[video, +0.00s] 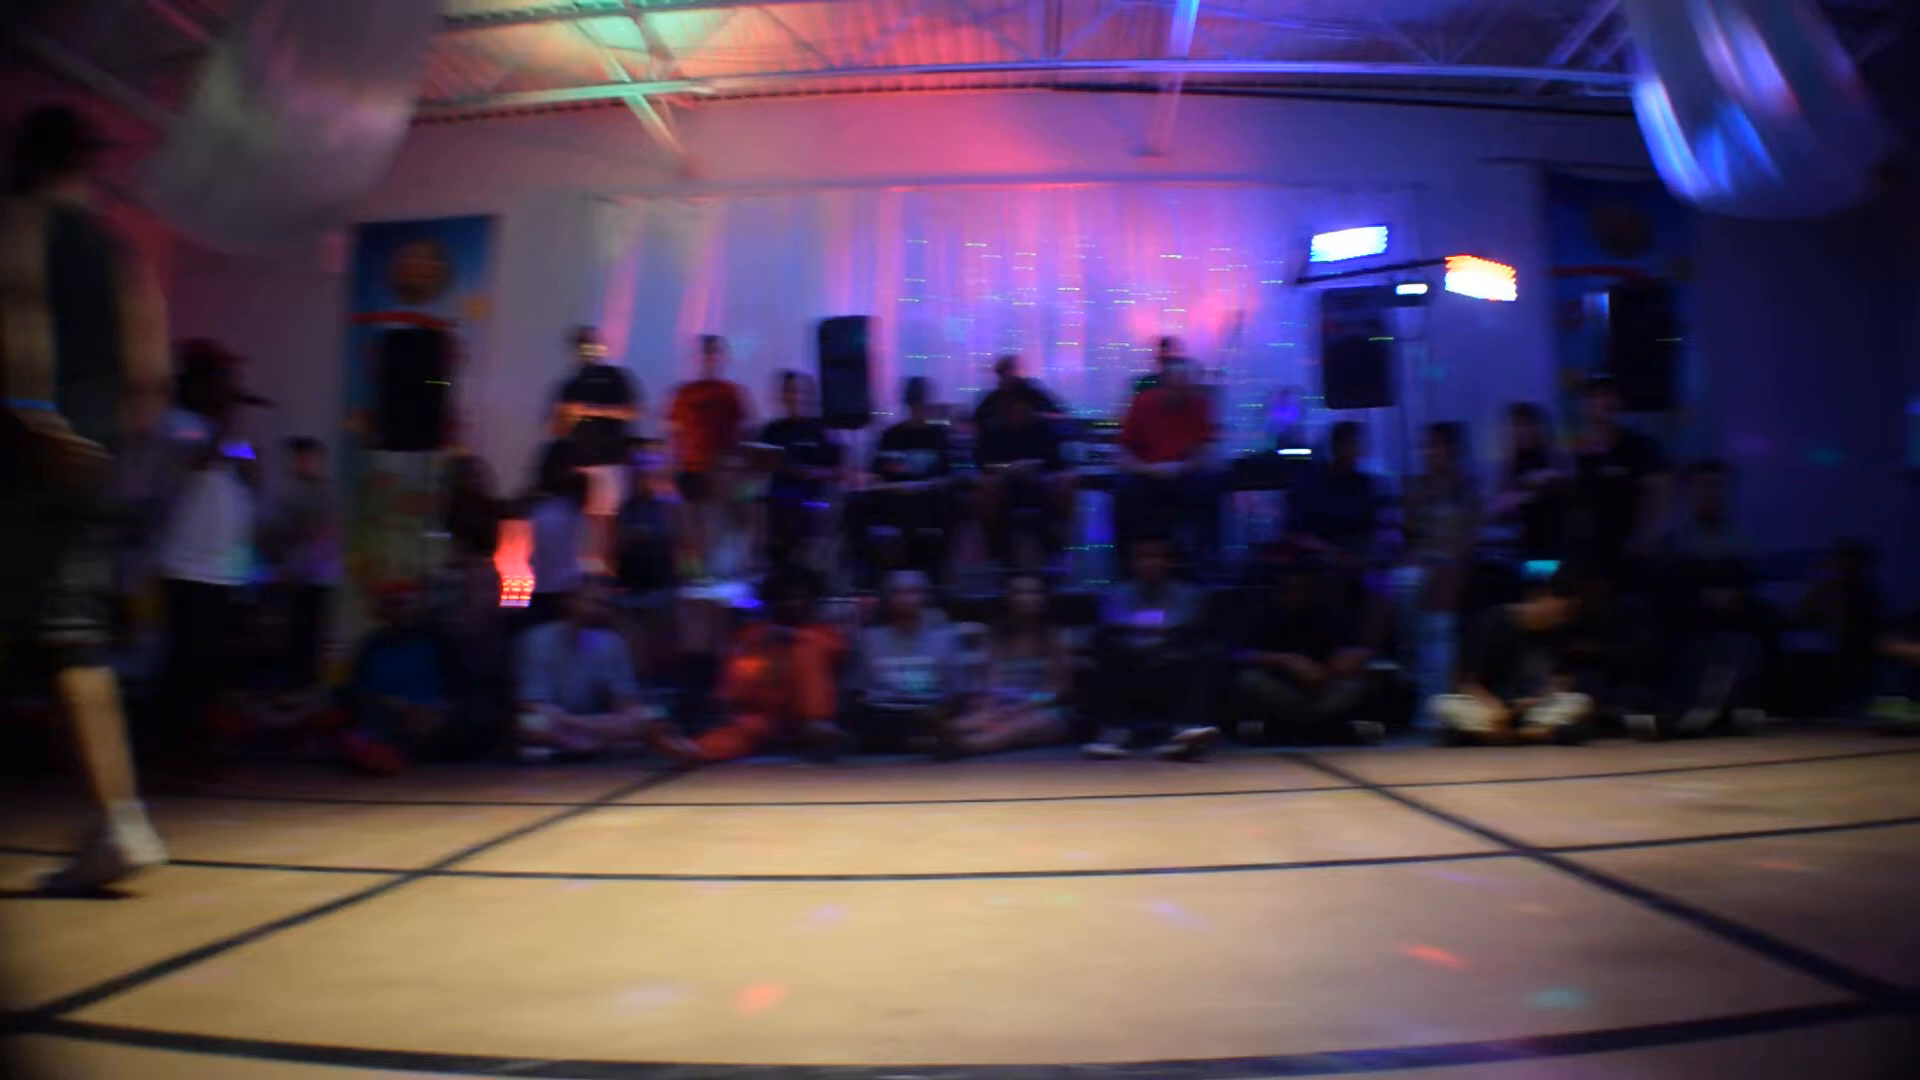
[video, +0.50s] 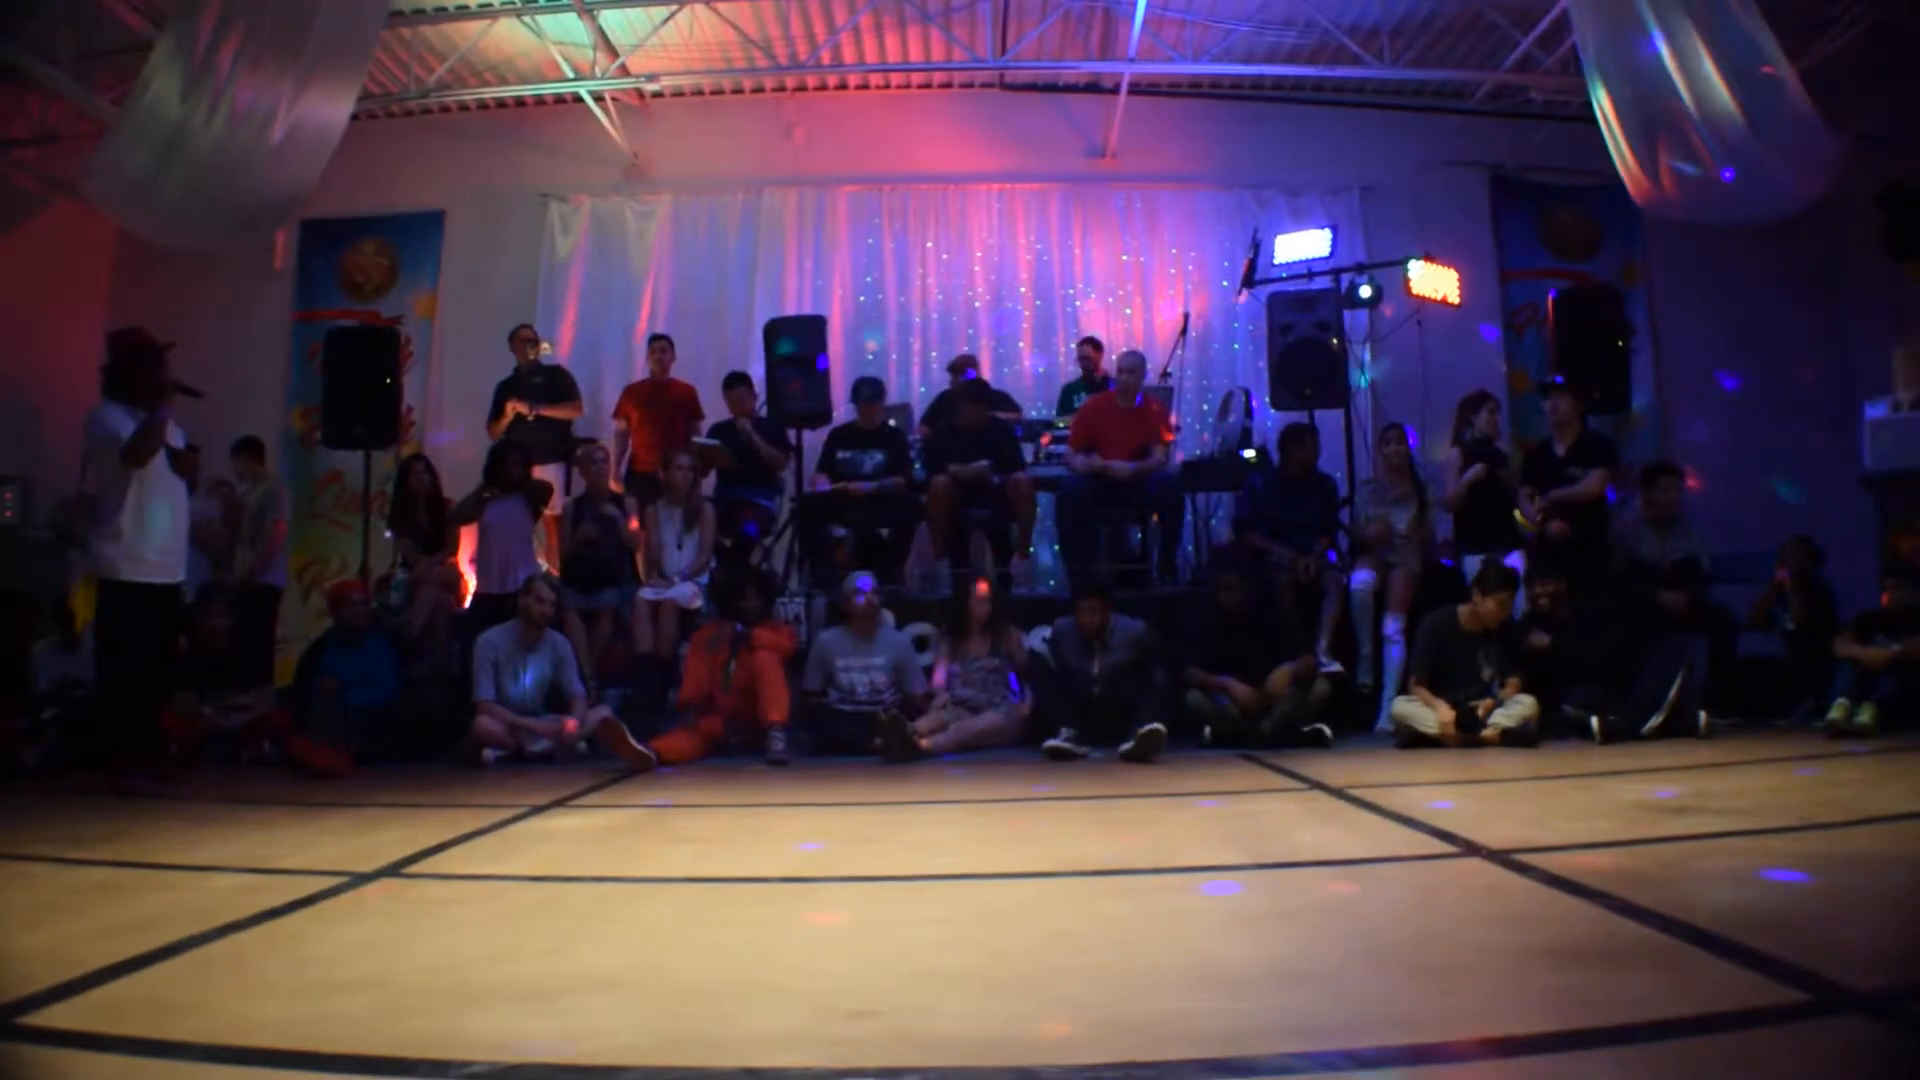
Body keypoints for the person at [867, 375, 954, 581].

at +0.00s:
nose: (918, 408)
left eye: (921, 402)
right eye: (914, 402)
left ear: (928, 403)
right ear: (908, 403)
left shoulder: (939, 434)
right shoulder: (893, 434)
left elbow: (946, 471)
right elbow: (879, 468)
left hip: (929, 496)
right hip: (895, 496)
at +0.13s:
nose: (872, 409)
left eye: (876, 402)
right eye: (867, 403)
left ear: (885, 403)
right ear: (858, 404)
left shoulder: (897, 434)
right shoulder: (841, 434)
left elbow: (905, 477)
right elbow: (823, 478)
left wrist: (872, 486)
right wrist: (846, 487)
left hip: (885, 500)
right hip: (847, 500)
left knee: (911, 504)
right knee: (813, 504)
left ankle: (894, 570)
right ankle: (826, 573)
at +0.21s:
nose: (868, 410)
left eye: (873, 404)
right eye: (863, 404)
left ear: (881, 405)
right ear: (854, 405)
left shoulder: (893, 436)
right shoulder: (838, 436)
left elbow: (902, 479)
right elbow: (818, 480)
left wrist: (868, 488)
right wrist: (839, 488)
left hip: (880, 501)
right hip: (842, 501)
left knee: (908, 505)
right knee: (809, 506)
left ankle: (890, 573)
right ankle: (821, 576)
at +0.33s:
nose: (868, 411)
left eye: (873, 404)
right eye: (863, 405)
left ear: (882, 405)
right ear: (855, 405)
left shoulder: (894, 436)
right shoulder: (838, 435)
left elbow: (902, 479)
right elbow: (818, 480)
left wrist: (869, 487)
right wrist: (842, 488)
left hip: (881, 500)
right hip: (843, 501)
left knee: (908, 506)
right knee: (808, 505)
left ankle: (889, 572)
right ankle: (821, 574)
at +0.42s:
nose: (870, 411)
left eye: (875, 404)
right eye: (865, 405)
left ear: (884, 405)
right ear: (857, 405)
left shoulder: (896, 435)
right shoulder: (840, 435)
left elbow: (904, 479)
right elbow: (820, 479)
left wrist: (872, 487)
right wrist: (844, 488)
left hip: (882, 501)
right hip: (845, 501)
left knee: (909, 506)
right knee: (811, 505)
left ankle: (891, 573)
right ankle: (823, 575)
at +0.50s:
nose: (868, 411)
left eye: (873, 404)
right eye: (863, 405)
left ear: (882, 405)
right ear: (855, 405)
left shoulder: (894, 436)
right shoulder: (838, 435)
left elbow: (903, 479)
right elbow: (820, 480)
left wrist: (870, 487)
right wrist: (842, 488)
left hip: (881, 501)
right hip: (844, 501)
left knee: (909, 506)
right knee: (809, 506)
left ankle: (890, 572)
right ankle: (821, 574)